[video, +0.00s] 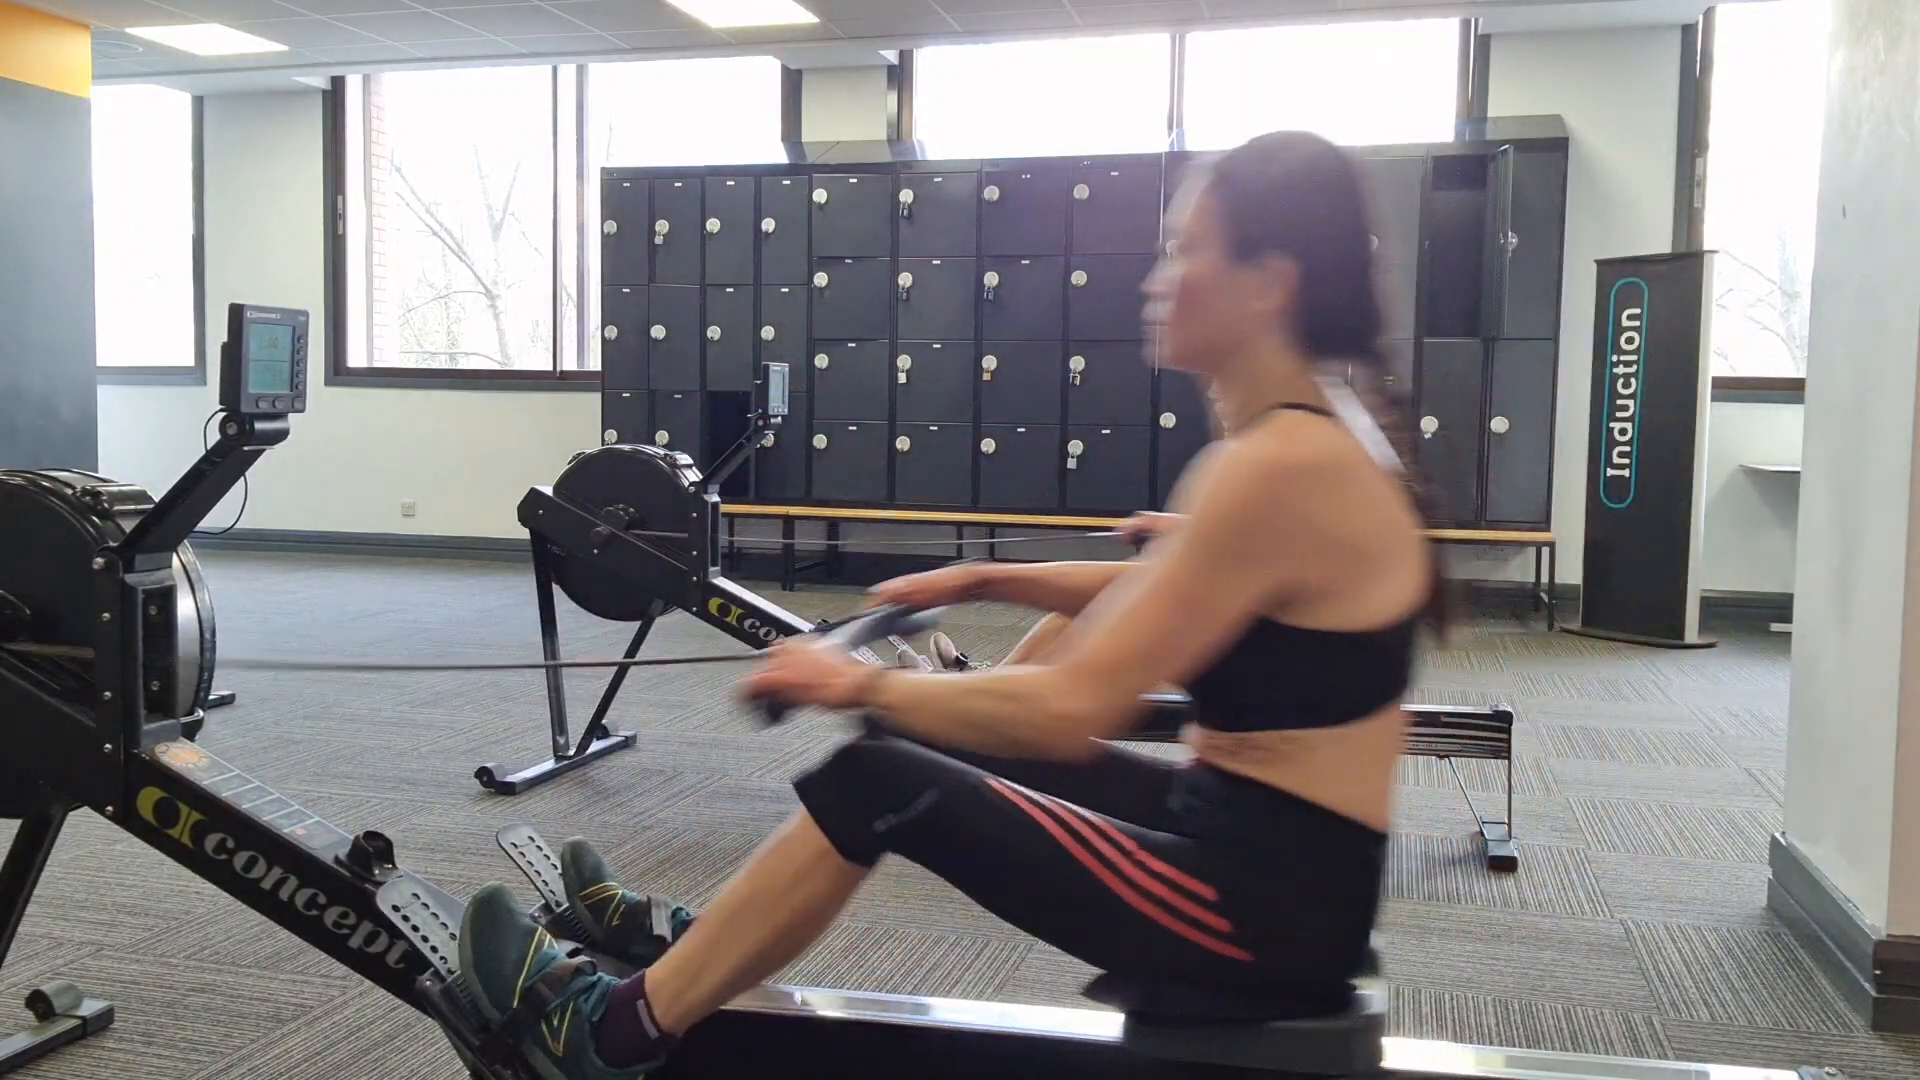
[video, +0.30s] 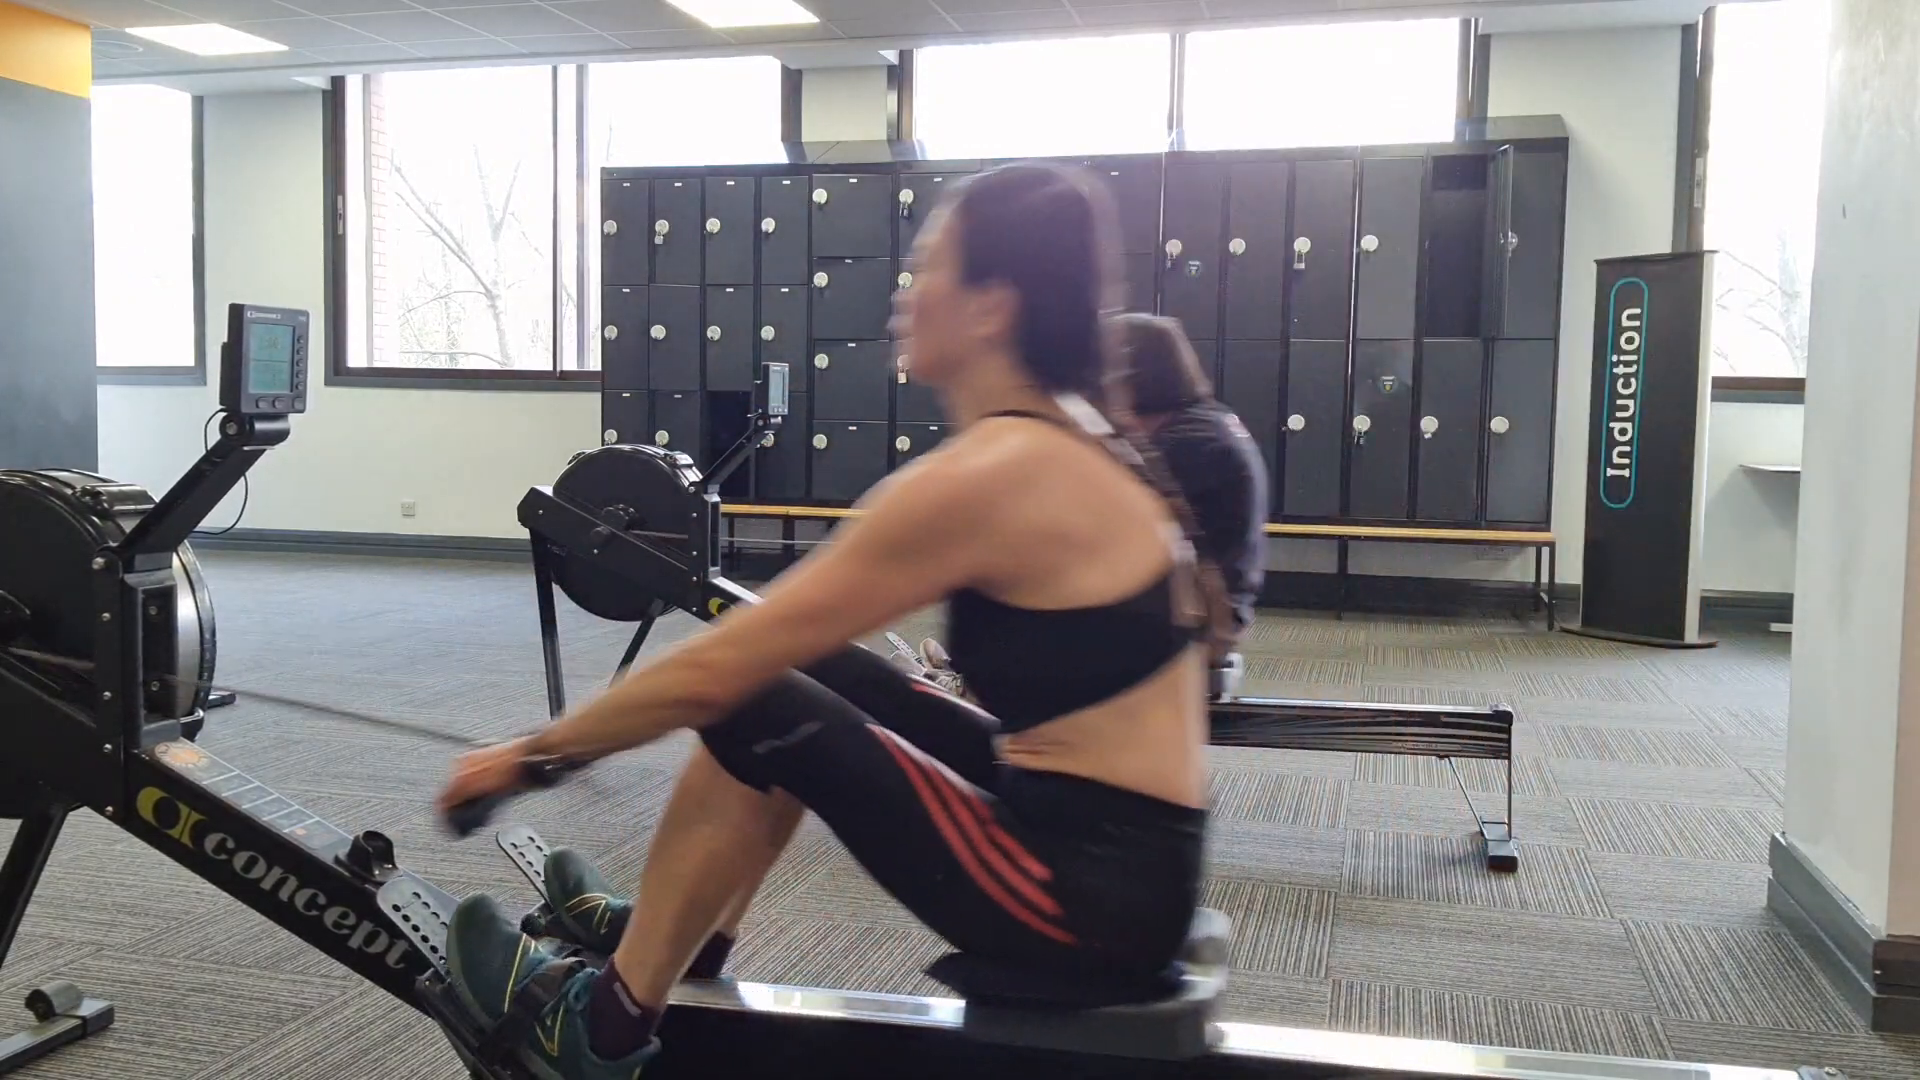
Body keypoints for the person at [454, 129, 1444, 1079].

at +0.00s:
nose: (1155, 283)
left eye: (1182, 255)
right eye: (1164, 254)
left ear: (1272, 280)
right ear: (1265, 283)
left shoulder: (1277, 469)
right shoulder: (1284, 443)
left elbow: (1066, 713)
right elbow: (1172, 586)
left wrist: (857, 680)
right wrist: (992, 577)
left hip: (1266, 901)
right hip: (1257, 845)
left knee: (881, 781)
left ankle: (636, 1025)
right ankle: (695, 961)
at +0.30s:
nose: (899, 298)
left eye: (922, 276)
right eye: (909, 273)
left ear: (996, 308)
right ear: (998, 311)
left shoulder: (982, 479)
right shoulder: (1068, 449)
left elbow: (725, 665)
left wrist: (535, 753)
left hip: (1078, 898)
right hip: (1129, 867)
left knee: (754, 706)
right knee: (816, 658)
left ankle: (612, 1015)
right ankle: (692, 939)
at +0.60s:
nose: (696, 336)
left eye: (712, 315)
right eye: (707, 311)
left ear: (773, 348)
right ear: (823, 359)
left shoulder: (780, 494)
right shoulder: (913, 474)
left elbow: (486, 638)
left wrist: (285, 725)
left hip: (949, 891)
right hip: (1032, 875)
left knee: (662, 668)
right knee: (733, 657)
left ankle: (609, 1011)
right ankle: (687, 933)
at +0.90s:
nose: (816, 309)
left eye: (835, 285)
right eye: (824, 284)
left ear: (912, 317)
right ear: (928, 320)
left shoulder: (888, 470)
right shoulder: (1019, 439)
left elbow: (608, 589)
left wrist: (415, 657)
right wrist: (682, 580)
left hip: (1019, 889)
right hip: (1087, 864)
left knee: (726, 675)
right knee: (771, 641)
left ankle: (609, 999)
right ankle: (683, 951)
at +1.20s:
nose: (1153, 274)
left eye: (1182, 249)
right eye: (1163, 247)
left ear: (1270, 284)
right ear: (1266, 287)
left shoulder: (1222, 455)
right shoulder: (1295, 426)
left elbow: (936, 585)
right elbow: (987, 556)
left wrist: (715, 643)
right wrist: (820, 576)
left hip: (1262, 877)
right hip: (1256, 815)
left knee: (897, 773)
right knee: (919, 730)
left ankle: (615, 1021)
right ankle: (673, 968)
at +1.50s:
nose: (1481, 333)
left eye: (1511, 306)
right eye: (1489, 303)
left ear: (1619, 328)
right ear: (1585, 327)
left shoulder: (1598, 509)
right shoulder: (1536, 479)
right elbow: (1336, 625)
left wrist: (1089, 697)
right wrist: (1122, 602)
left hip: (1378, 900)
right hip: (1330, 833)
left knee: (969, 874)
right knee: (967, 840)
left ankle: (621, 1029)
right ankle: (669, 953)